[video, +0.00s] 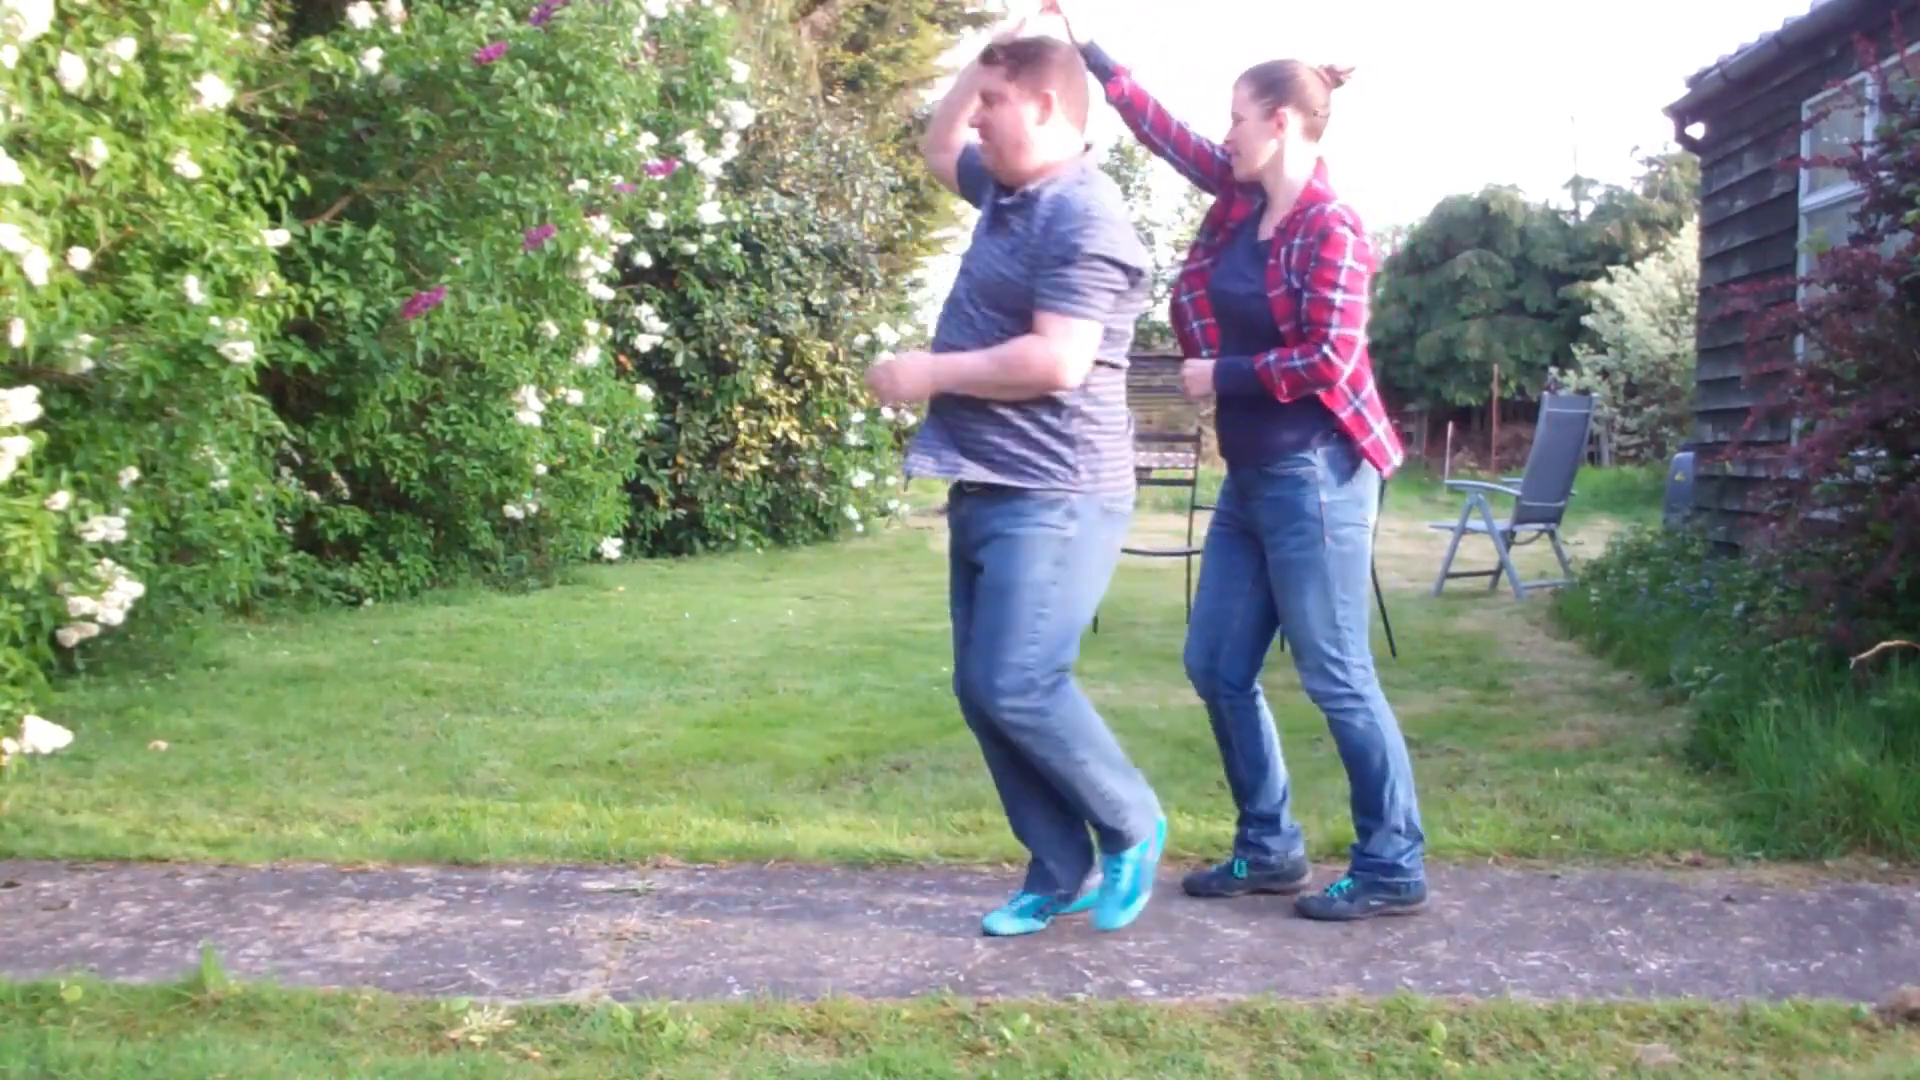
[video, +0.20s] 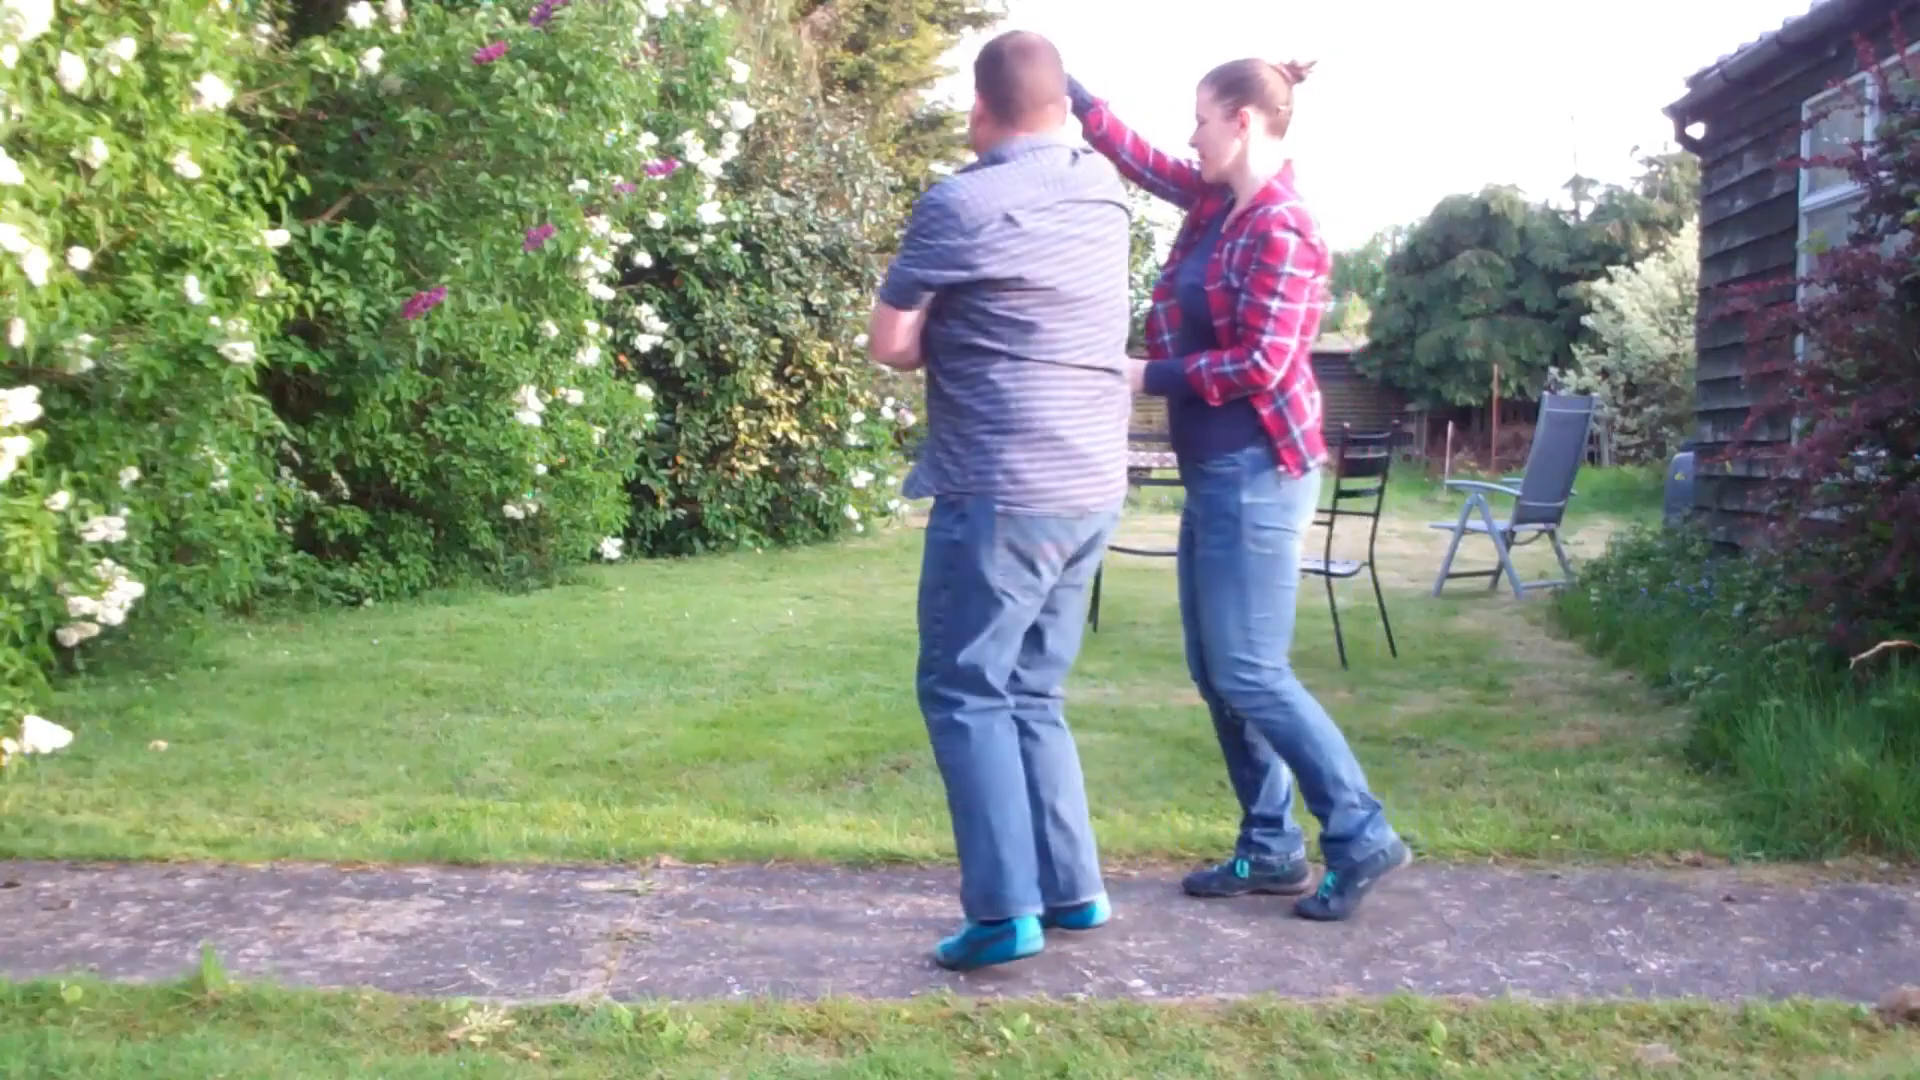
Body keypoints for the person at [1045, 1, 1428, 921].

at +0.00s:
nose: (1225, 133)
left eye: (1236, 119)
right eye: (1226, 119)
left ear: (1285, 126)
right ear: (1265, 130)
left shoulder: (1331, 227)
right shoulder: (1237, 199)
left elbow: (1331, 361)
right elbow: (1160, 126)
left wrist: (1223, 374)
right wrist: (1081, 45)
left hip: (1318, 468)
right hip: (1250, 471)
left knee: (1337, 674)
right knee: (1217, 665)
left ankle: (1392, 865)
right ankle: (1270, 847)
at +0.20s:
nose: (1192, 137)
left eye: (1202, 122)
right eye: (1194, 123)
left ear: (1248, 125)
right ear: (1240, 125)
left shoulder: (1282, 227)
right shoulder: (1214, 203)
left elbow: (1261, 366)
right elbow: (1141, 159)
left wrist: (1149, 373)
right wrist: (1065, 88)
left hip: (1260, 466)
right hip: (1212, 463)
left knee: (1251, 671)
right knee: (1216, 670)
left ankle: (1363, 839)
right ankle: (1271, 848)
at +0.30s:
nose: (1167, 140)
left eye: (1176, 124)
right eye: (1170, 125)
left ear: (1218, 127)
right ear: (1224, 128)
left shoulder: (1243, 224)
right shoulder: (1204, 201)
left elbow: (1227, 362)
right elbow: (1127, 157)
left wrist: (1127, 373)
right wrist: (1060, 88)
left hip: (1226, 466)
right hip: (1251, 462)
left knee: (1168, 665)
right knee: (1230, 668)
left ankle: (1304, 811)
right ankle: (1265, 849)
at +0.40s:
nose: (1129, 143)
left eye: (1141, 129)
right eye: (1131, 128)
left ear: (1187, 132)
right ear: (1192, 135)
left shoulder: (1205, 224)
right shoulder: (1198, 215)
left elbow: (1187, 360)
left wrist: (1089, 380)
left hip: (1195, 475)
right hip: (1241, 472)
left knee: (1116, 662)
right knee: (1213, 669)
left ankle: (1196, 838)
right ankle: (1276, 848)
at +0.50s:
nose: (1106, 152)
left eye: (1115, 135)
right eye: (1108, 136)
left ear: (1152, 135)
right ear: (1163, 136)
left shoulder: (1169, 228)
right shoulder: (1191, 212)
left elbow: (1152, 368)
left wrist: (1069, 410)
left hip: (1166, 482)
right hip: (1213, 474)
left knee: (1075, 669)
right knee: (1193, 678)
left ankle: (1105, 860)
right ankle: (1270, 846)